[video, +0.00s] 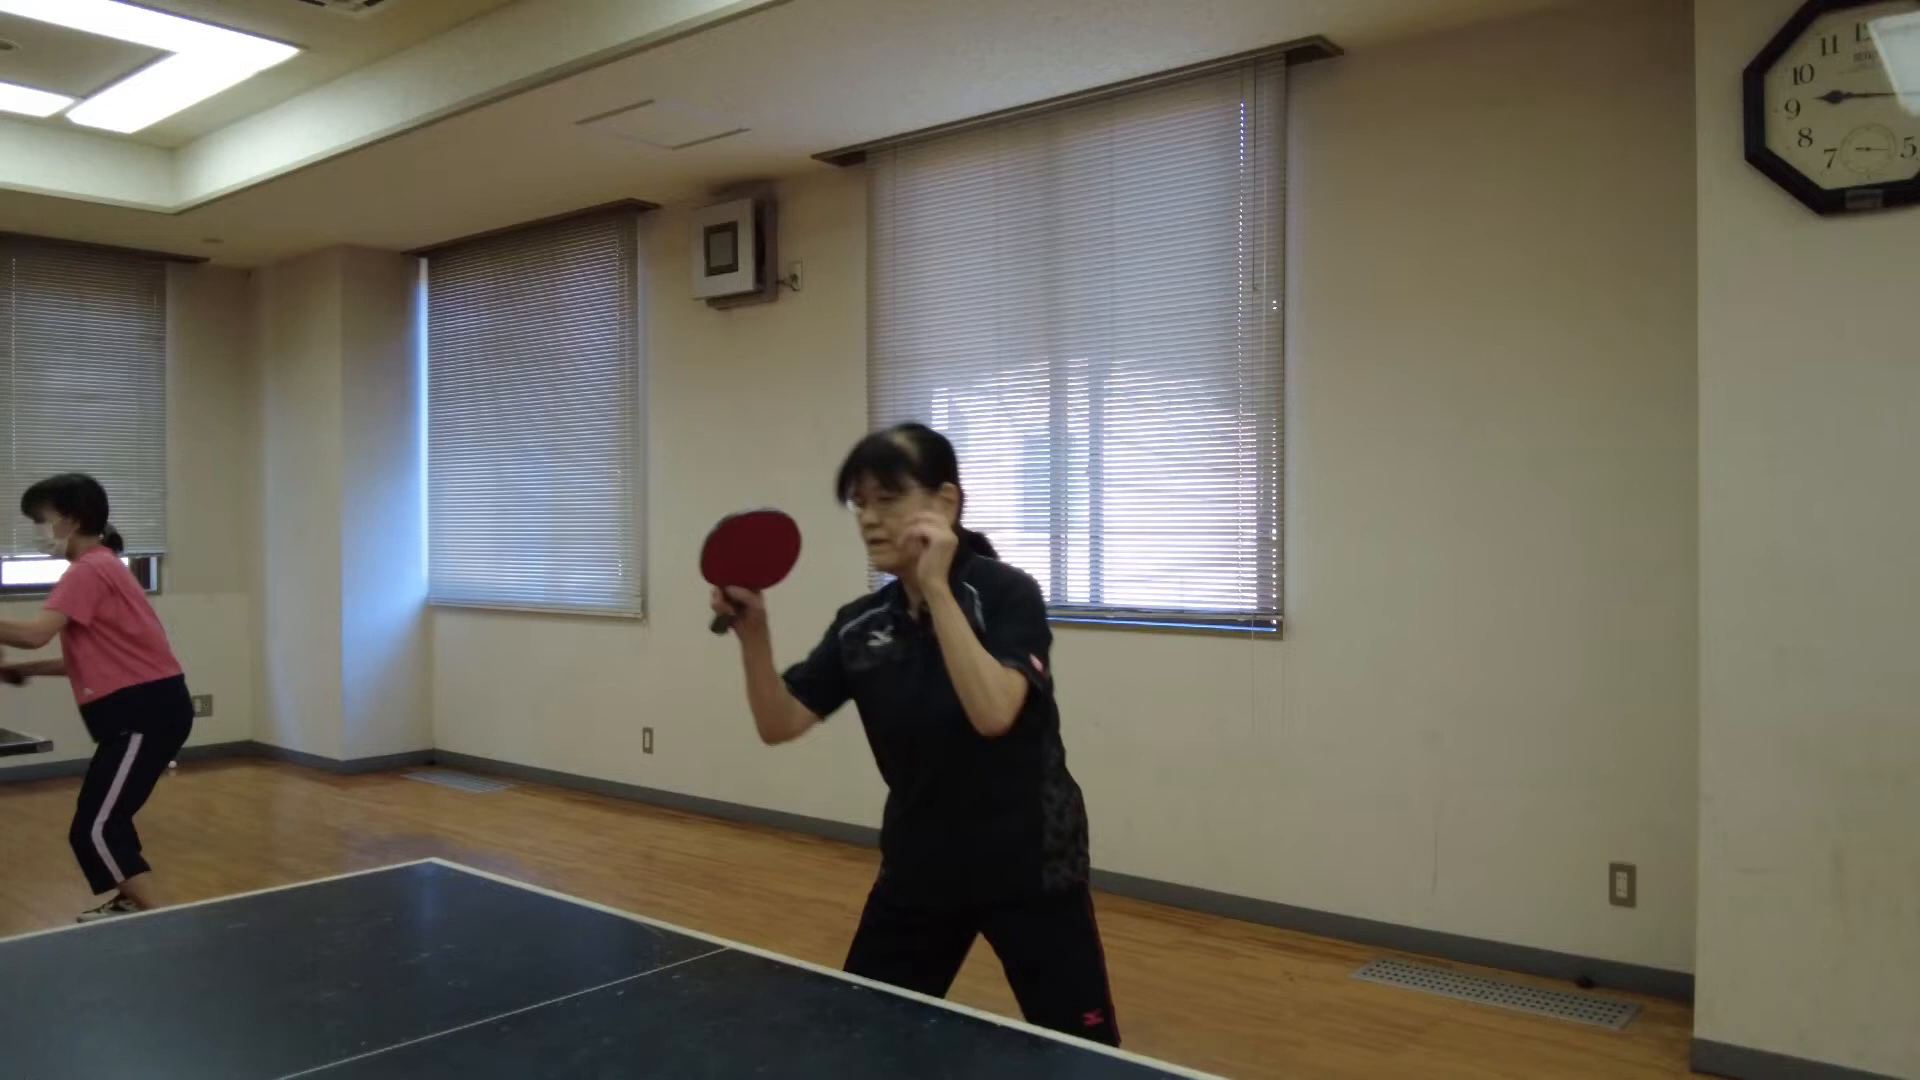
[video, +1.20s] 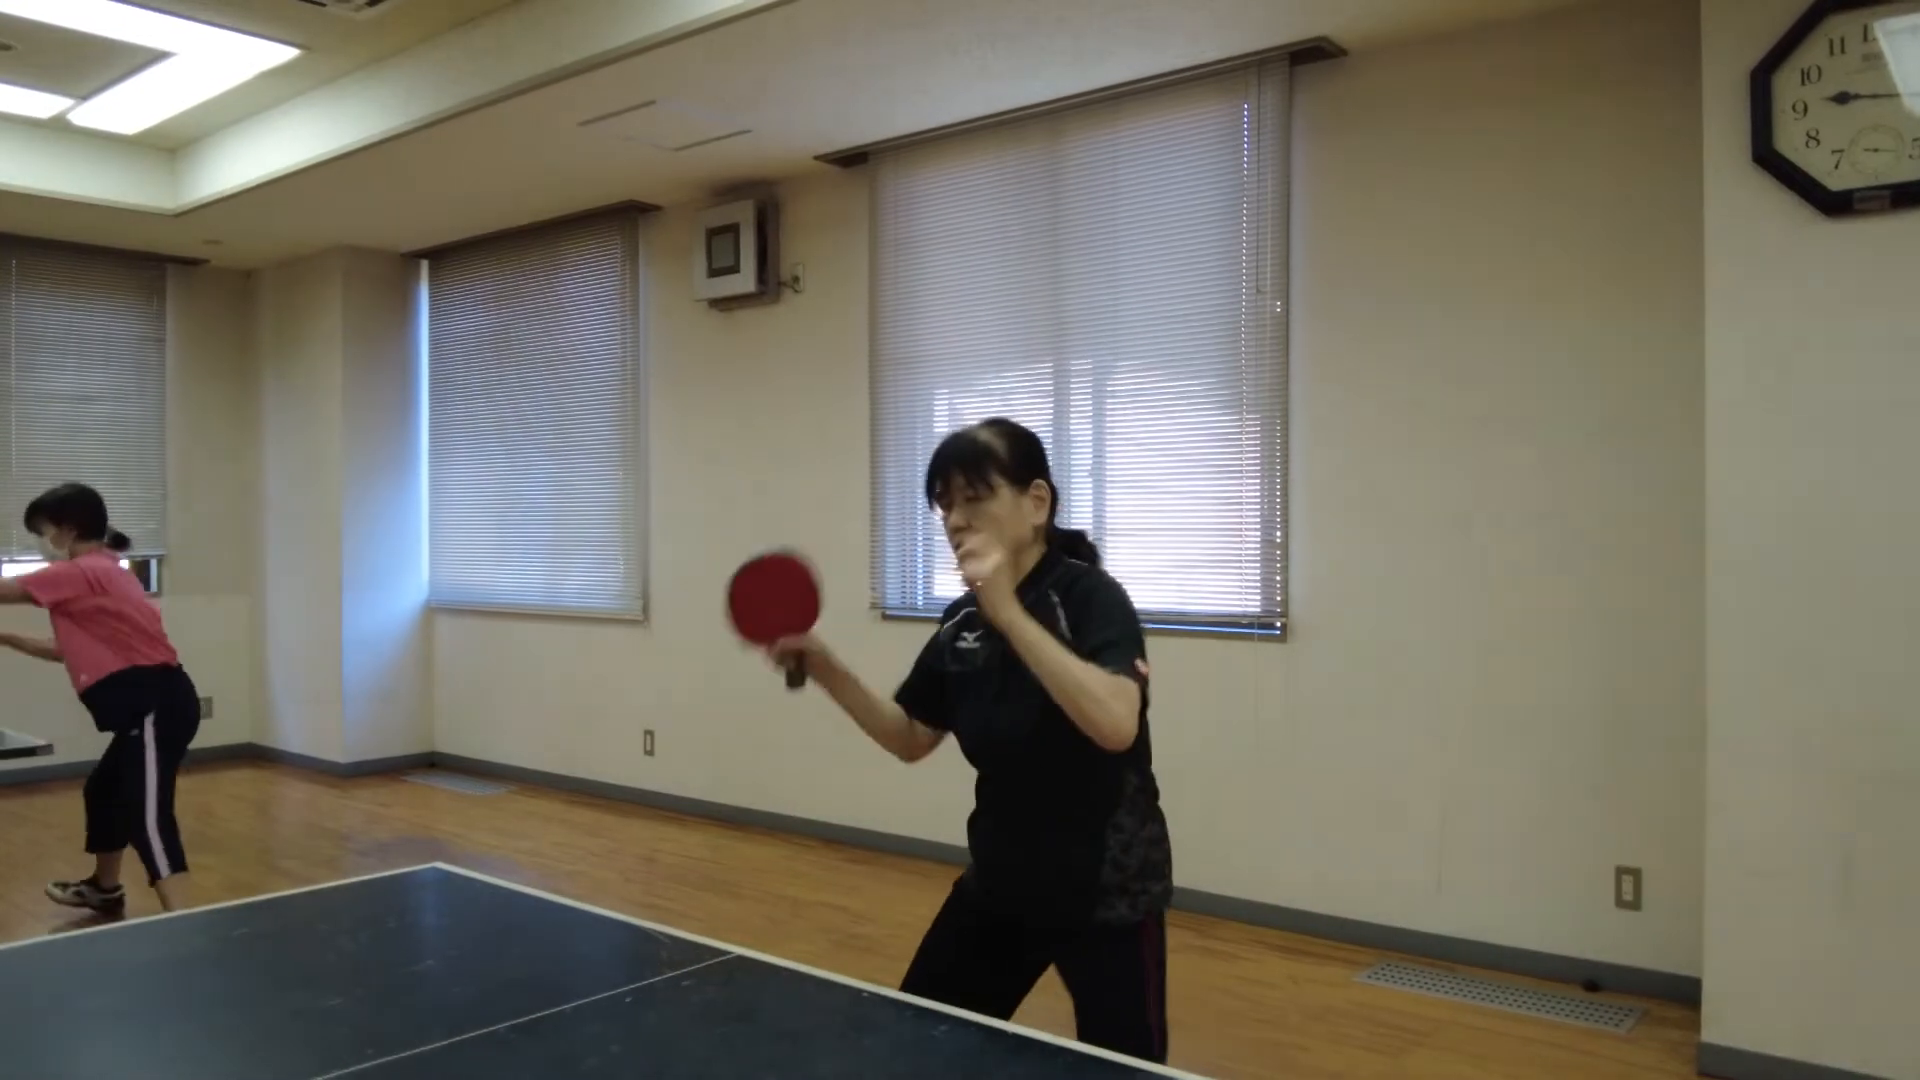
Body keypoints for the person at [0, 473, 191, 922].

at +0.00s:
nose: (44, 532)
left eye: (49, 521)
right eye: (42, 523)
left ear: (75, 519)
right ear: (77, 521)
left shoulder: (90, 568)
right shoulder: (100, 568)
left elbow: (35, 634)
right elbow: (90, 659)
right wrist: (28, 670)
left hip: (148, 712)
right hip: (135, 711)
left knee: (97, 826)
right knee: (98, 819)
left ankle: (161, 917)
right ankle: (133, 900)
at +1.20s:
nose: (45, 543)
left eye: (46, 532)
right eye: (42, 535)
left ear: (68, 527)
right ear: (88, 527)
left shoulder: (83, 571)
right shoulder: (107, 573)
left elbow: (10, 590)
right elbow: (71, 650)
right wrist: (9, 639)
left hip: (155, 701)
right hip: (150, 702)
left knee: (148, 816)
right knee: (103, 791)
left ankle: (186, 925)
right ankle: (105, 887)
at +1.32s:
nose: (30, 561)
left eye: (34, 550)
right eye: (29, 551)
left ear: (62, 549)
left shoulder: (85, 583)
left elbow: (10, 576)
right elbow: (6, 636)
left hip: (168, 705)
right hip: (140, 716)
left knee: (163, 817)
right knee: (94, 787)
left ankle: (190, 920)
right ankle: (101, 885)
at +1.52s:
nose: (27, 556)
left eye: (34, 544)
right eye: (24, 548)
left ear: (64, 543)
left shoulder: (85, 576)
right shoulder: (58, 623)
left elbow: (64, 606)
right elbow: (31, 675)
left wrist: (8, 590)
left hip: (170, 700)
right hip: (134, 717)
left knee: (171, 809)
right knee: (85, 783)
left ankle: (219, 910)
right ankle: (99, 887)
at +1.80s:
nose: (68, 537)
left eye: (74, 526)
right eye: (66, 527)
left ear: (102, 526)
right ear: (96, 529)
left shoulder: (116, 571)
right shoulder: (108, 578)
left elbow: (76, 636)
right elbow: (74, 662)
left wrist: (6, 615)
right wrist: (4, 670)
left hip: (183, 696)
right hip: (158, 704)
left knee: (174, 814)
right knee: (113, 784)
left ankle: (224, 913)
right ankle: (123, 879)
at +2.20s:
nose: (47, 551)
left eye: (51, 541)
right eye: (46, 542)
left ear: (76, 541)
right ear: (84, 543)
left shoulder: (83, 575)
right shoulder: (85, 587)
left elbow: (26, 601)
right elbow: (71, 664)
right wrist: (6, 659)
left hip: (165, 693)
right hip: (150, 699)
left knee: (145, 798)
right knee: (111, 782)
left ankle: (195, 897)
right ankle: (147, 876)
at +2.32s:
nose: (23, 580)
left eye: (28, 571)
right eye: (23, 573)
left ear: (55, 571)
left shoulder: (74, 597)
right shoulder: (63, 639)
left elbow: (58, 609)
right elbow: (32, 690)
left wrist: (18, 597)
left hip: (157, 699)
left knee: (85, 803)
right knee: (108, 793)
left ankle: (160, 863)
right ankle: (145, 869)